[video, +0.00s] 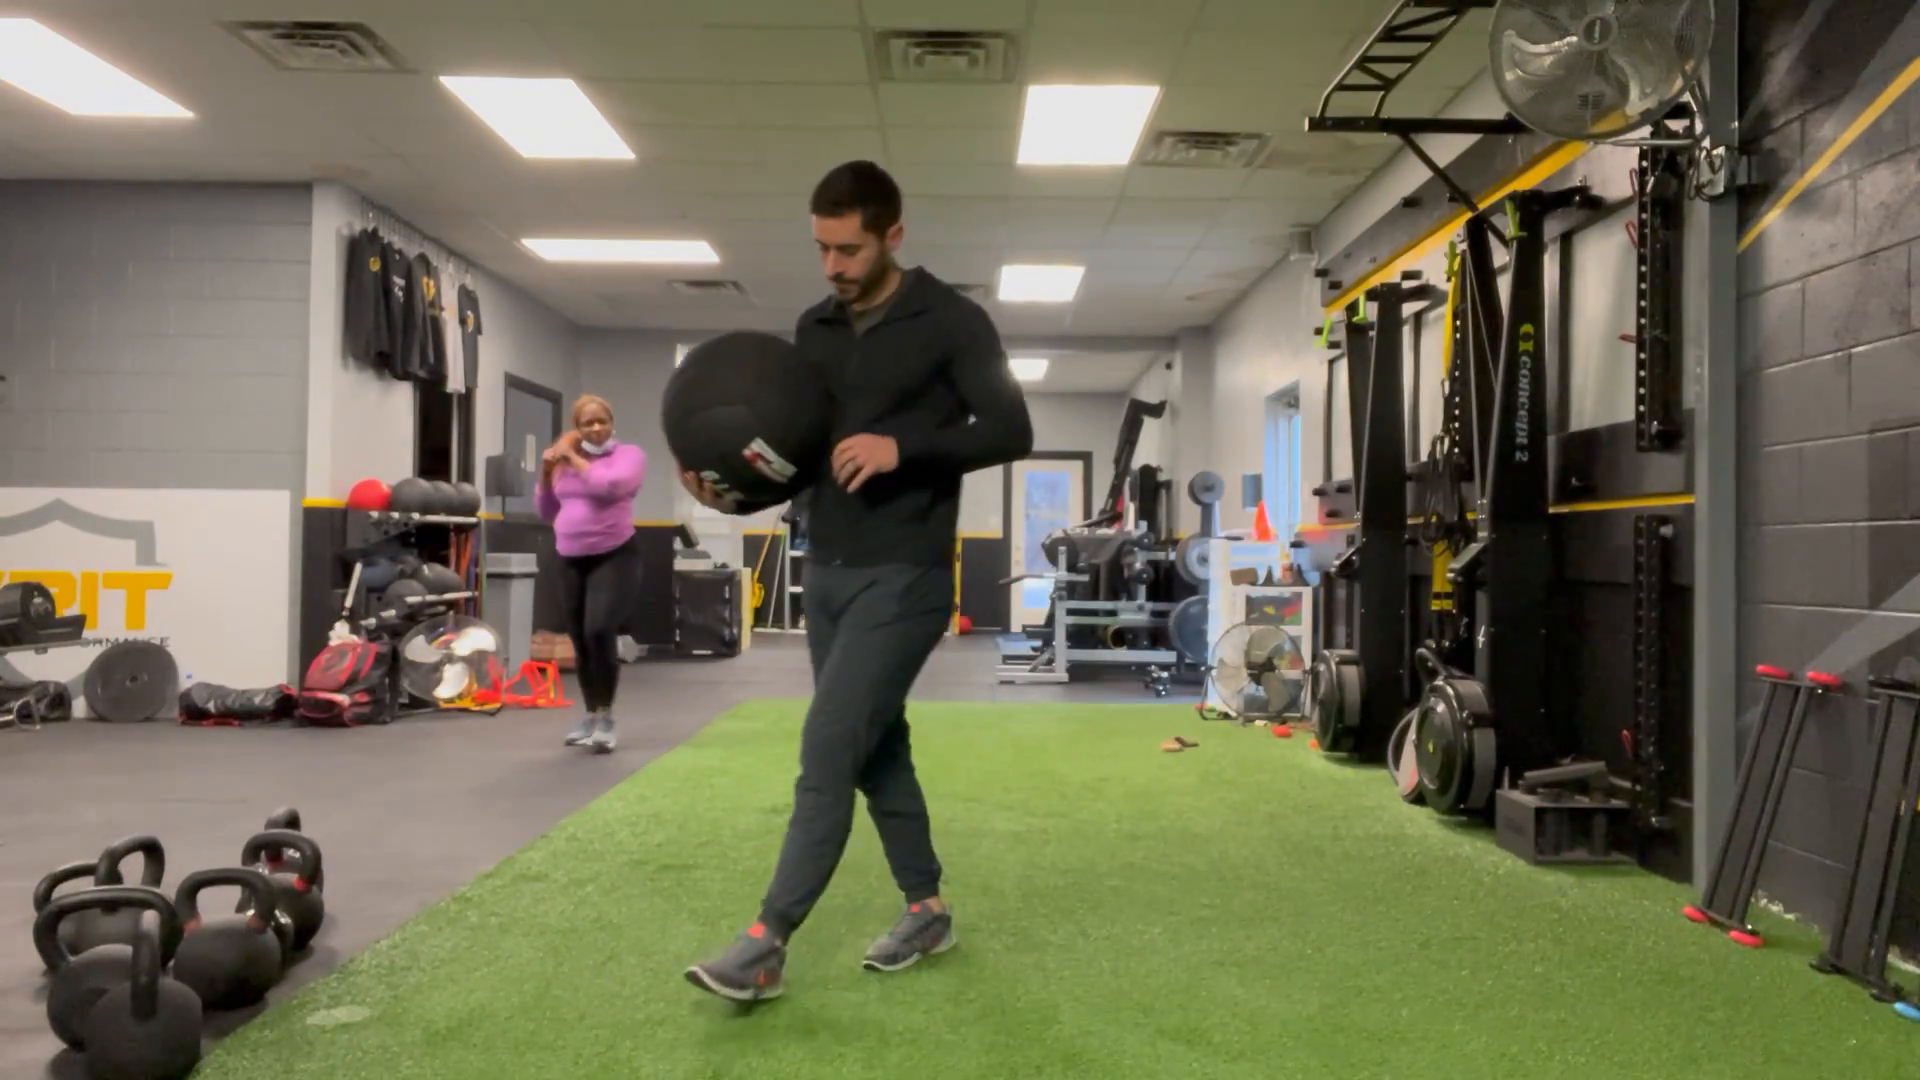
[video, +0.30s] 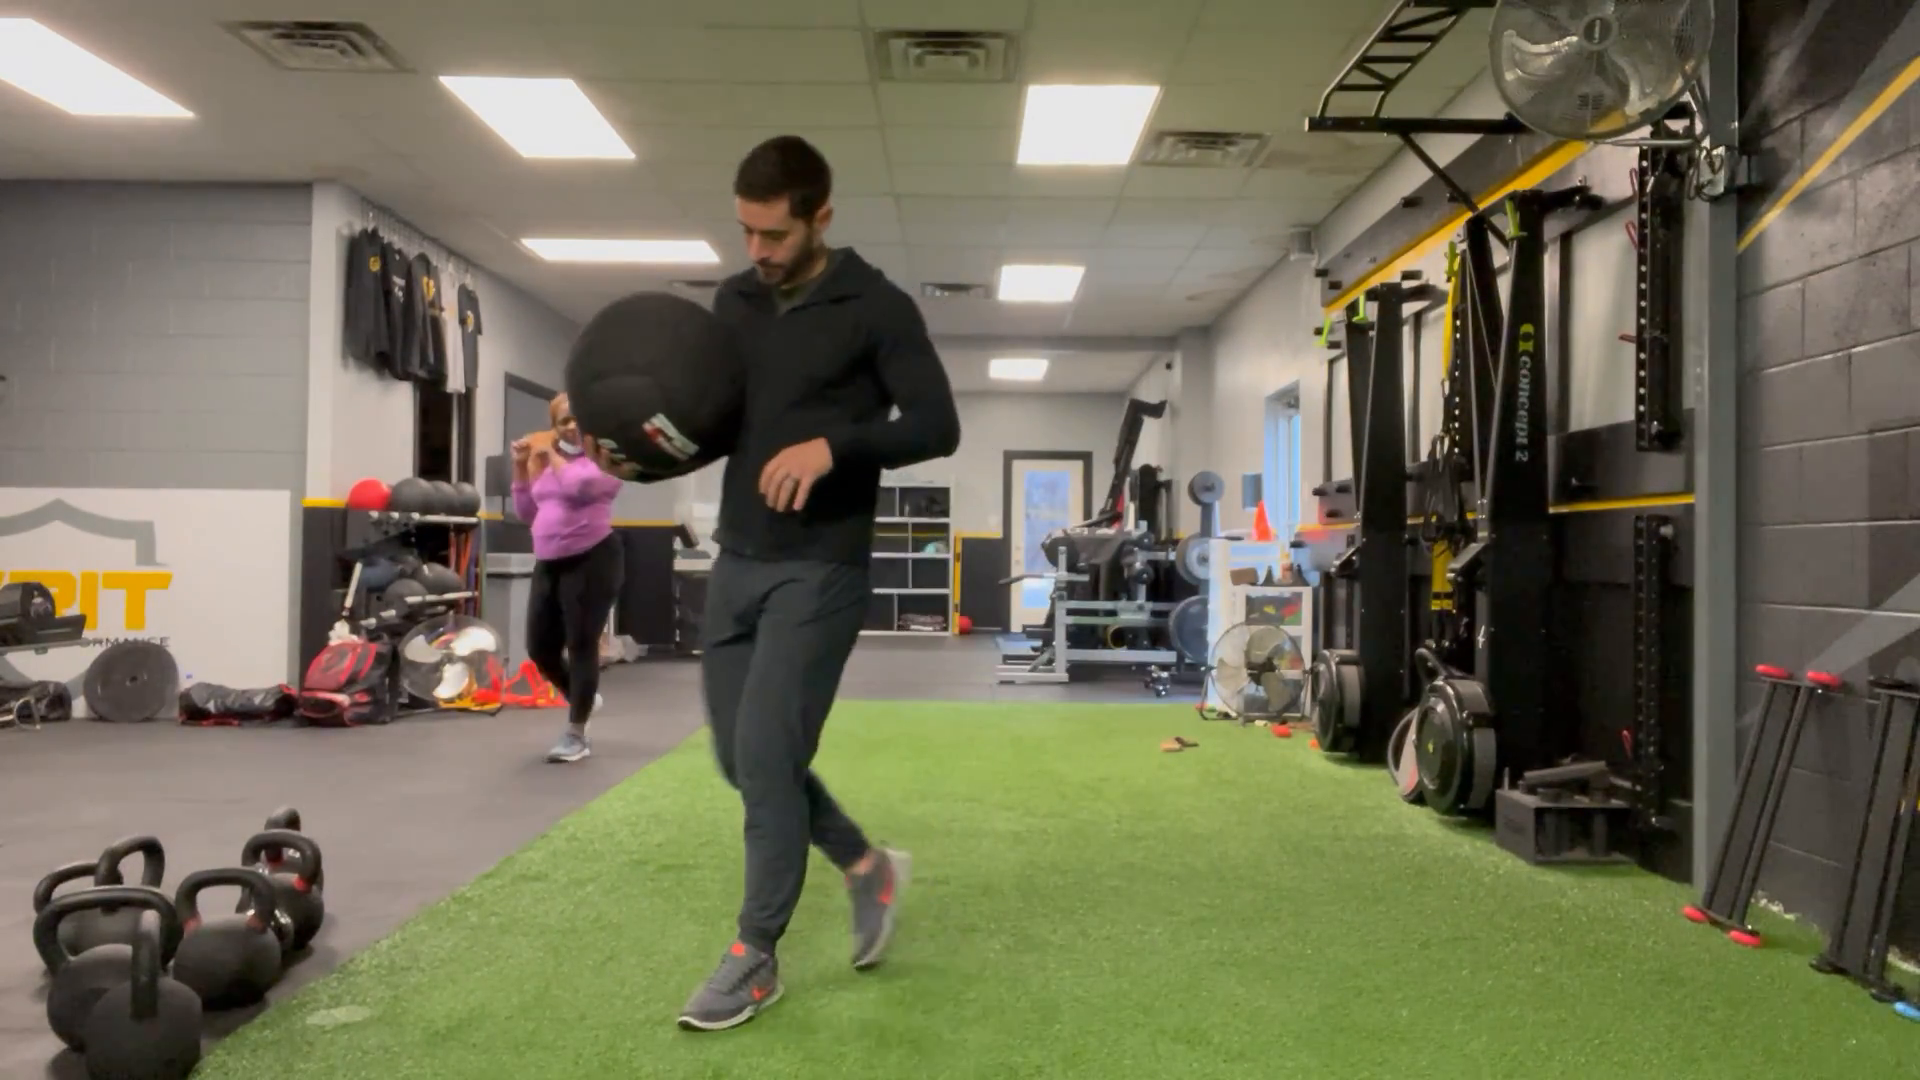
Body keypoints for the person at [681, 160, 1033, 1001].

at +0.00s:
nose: (832, 266)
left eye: (847, 250)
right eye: (822, 249)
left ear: (893, 235)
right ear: (817, 239)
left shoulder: (952, 319)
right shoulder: (816, 329)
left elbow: (1010, 429)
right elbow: (790, 457)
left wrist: (903, 447)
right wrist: (724, 482)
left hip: (908, 576)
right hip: (829, 572)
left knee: (830, 741)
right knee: (876, 745)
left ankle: (766, 941)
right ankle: (926, 907)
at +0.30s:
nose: (756, 252)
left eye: (772, 236)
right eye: (747, 235)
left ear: (821, 216)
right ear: (740, 219)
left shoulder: (877, 304)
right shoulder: (738, 300)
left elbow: (937, 425)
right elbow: (714, 422)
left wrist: (837, 443)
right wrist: (635, 444)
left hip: (822, 567)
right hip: (738, 561)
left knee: (771, 749)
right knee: (741, 754)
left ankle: (756, 951)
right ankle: (867, 865)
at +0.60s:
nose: (689, 245)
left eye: (706, 229)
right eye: (679, 227)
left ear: (754, 205)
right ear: (669, 208)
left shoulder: (812, 296)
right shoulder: (662, 290)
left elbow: (881, 414)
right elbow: (626, 414)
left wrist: (780, 434)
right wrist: (558, 444)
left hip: (750, 574)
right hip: (649, 561)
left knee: (734, 761)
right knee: (583, 741)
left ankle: (751, 952)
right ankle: (544, 899)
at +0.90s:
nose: (592, 267)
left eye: (612, 250)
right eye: (578, 246)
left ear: (649, 229)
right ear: (564, 222)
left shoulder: (704, 312)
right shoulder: (534, 302)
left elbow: (777, 432)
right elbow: (498, 433)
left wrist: (696, 448)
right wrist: (436, 467)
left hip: (647, 590)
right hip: (532, 579)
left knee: (682, 769)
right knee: (456, 760)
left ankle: (747, 949)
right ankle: (395, 920)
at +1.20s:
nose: (494, 257)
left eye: (513, 241)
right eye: (480, 237)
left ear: (546, 222)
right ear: (458, 212)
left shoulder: (595, 307)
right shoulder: (406, 294)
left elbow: (630, 437)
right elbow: (374, 423)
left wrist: (556, 449)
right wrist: (326, 486)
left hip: (557, 573)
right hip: (438, 577)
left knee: (605, 747)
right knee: (405, 770)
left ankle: (653, 921)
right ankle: (390, 932)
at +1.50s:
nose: (475, 269)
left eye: (493, 251)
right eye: (460, 249)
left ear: (524, 234)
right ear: (435, 230)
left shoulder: (574, 326)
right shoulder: (386, 314)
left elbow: (617, 461)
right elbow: (363, 440)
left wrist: (524, 497)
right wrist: (323, 504)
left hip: (550, 585)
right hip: (427, 587)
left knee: (592, 756)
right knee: (396, 766)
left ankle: (625, 927)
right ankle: (386, 931)